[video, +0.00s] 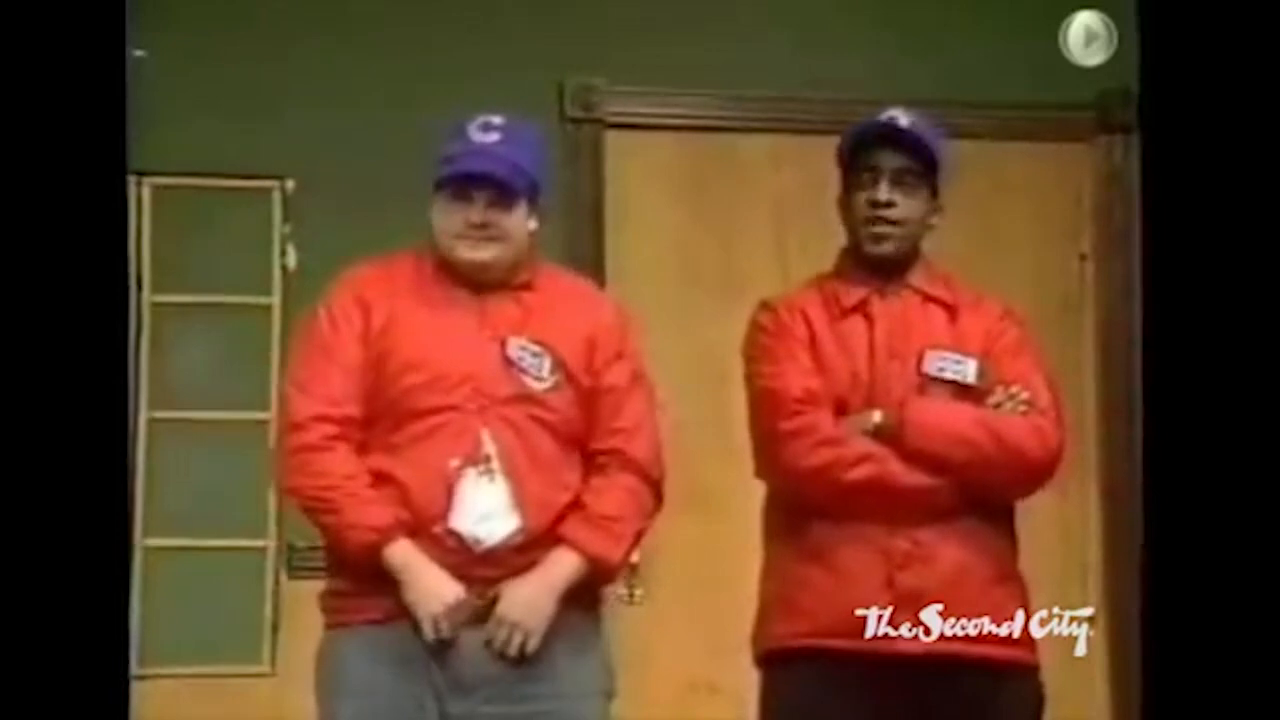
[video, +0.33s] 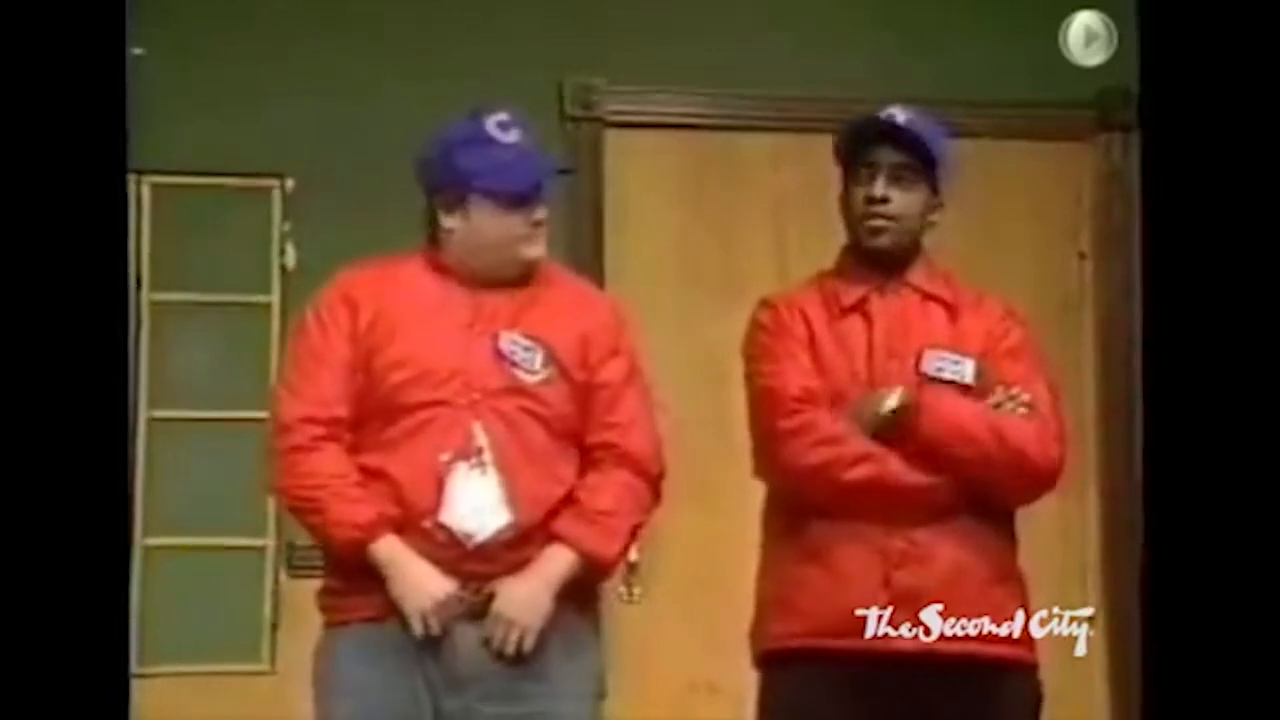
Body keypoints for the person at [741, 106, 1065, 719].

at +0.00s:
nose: (881, 198)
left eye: (904, 183)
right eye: (866, 181)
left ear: (933, 207)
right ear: (841, 201)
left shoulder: (989, 322)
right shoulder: (788, 319)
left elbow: (1035, 448)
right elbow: (797, 459)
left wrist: (891, 423)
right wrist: (973, 462)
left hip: (974, 646)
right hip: (825, 646)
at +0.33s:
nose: (877, 194)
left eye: (901, 179)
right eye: (863, 177)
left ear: (933, 204)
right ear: (842, 197)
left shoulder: (990, 321)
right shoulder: (788, 317)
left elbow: (1035, 458)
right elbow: (796, 457)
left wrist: (905, 411)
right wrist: (968, 470)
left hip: (974, 648)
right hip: (823, 646)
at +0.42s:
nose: (872, 188)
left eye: (896, 172)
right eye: (859, 171)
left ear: (932, 196)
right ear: (840, 191)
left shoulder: (993, 317)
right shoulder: (787, 318)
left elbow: (1023, 462)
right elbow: (785, 459)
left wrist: (965, 364)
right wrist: (948, 463)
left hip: (972, 647)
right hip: (823, 648)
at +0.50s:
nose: (863, 186)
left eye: (888, 170)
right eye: (853, 170)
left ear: (932, 193)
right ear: (838, 187)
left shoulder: (986, 305)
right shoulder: (787, 316)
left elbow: (1014, 444)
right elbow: (780, 459)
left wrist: (952, 323)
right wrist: (940, 456)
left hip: (973, 644)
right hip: (822, 648)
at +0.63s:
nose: (848, 194)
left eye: (872, 177)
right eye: (844, 178)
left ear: (930, 199)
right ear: (835, 190)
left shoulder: (999, 309)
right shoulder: (797, 313)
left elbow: (1001, 438)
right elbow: (783, 462)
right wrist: (948, 449)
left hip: (975, 649)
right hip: (824, 651)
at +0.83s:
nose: (848, 198)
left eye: (870, 182)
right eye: (844, 183)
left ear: (930, 201)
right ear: (835, 193)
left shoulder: (1002, 310)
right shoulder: (802, 313)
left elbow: (997, 440)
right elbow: (783, 462)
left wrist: (863, 351)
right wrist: (948, 453)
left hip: (973, 649)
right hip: (822, 650)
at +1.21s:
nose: (851, 198)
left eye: (873, 182)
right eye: (847, 183)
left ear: (934, 201)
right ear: (838, 194)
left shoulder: (1005, 310)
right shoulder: (803, 318)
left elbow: (1004, 439)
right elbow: (786, 462)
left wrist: (874, 348)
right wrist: (954, 455)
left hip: (975, 648)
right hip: (825, 648)